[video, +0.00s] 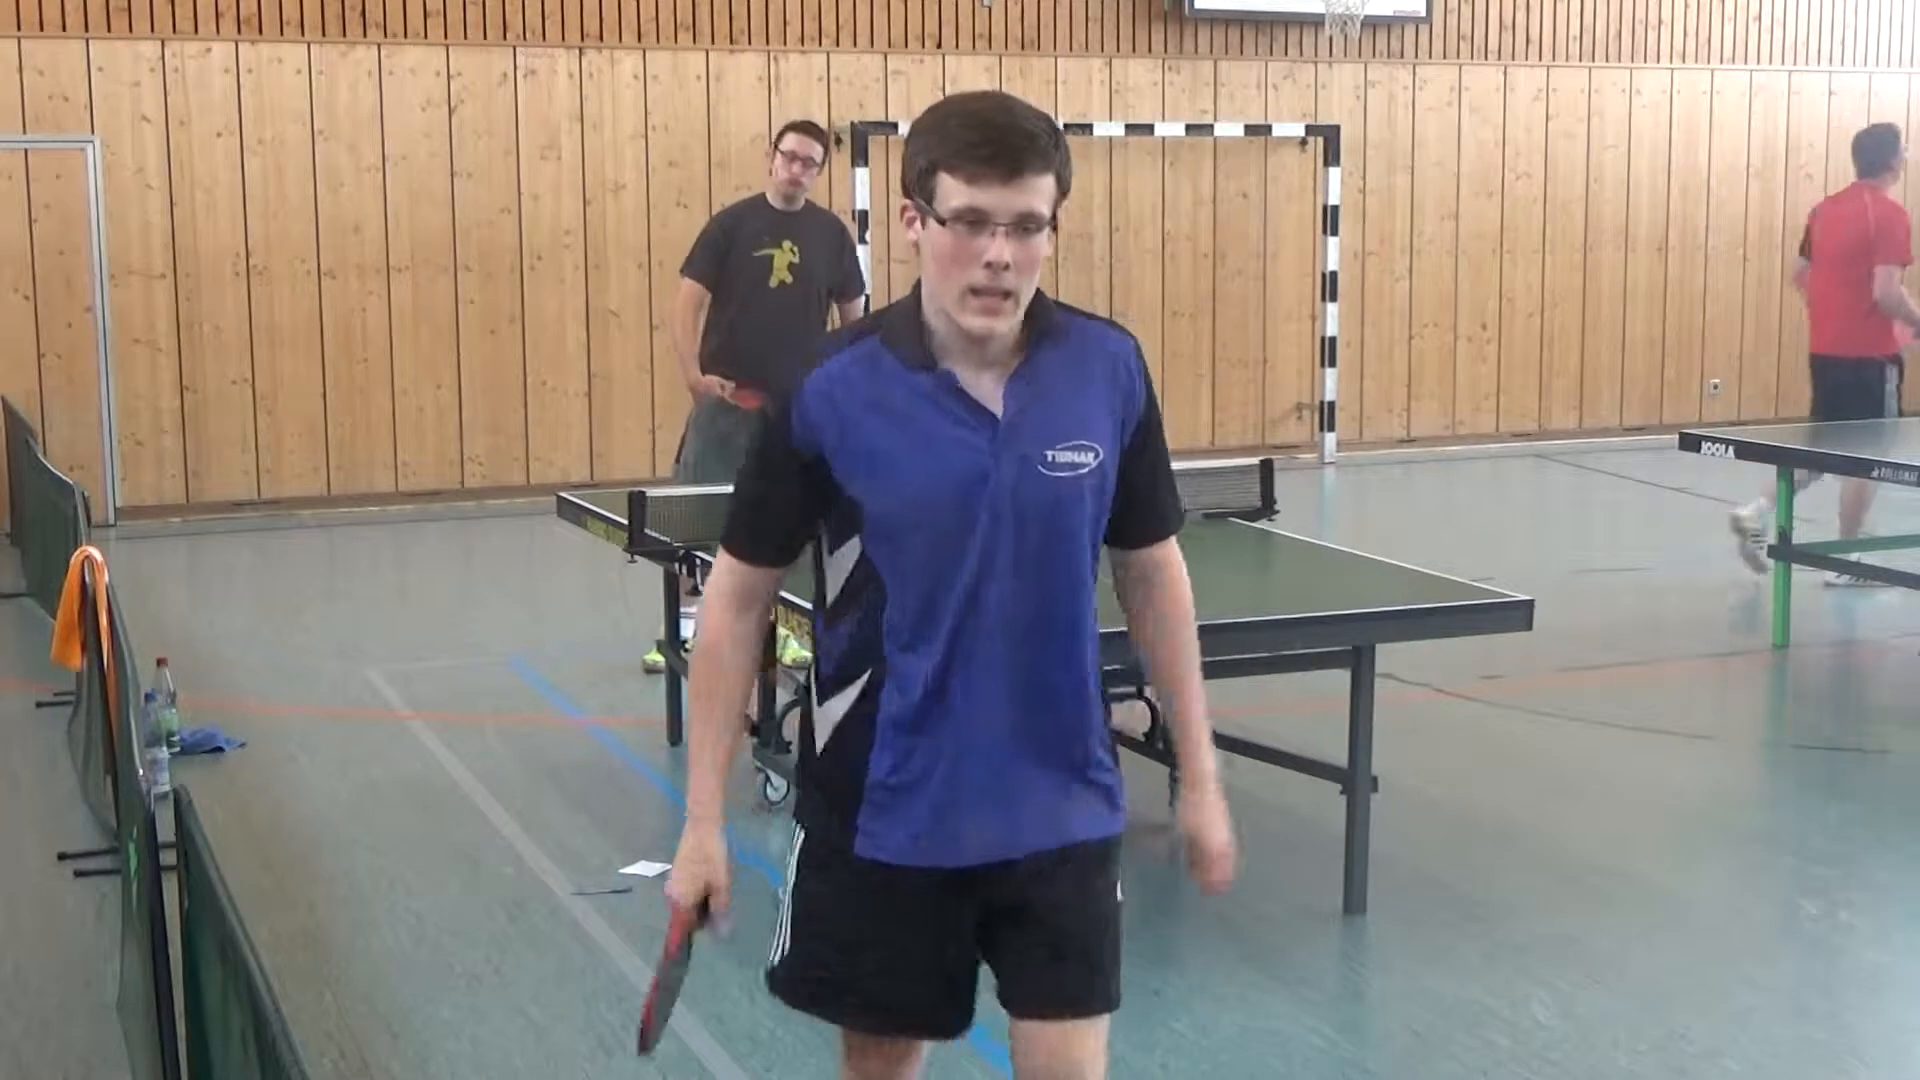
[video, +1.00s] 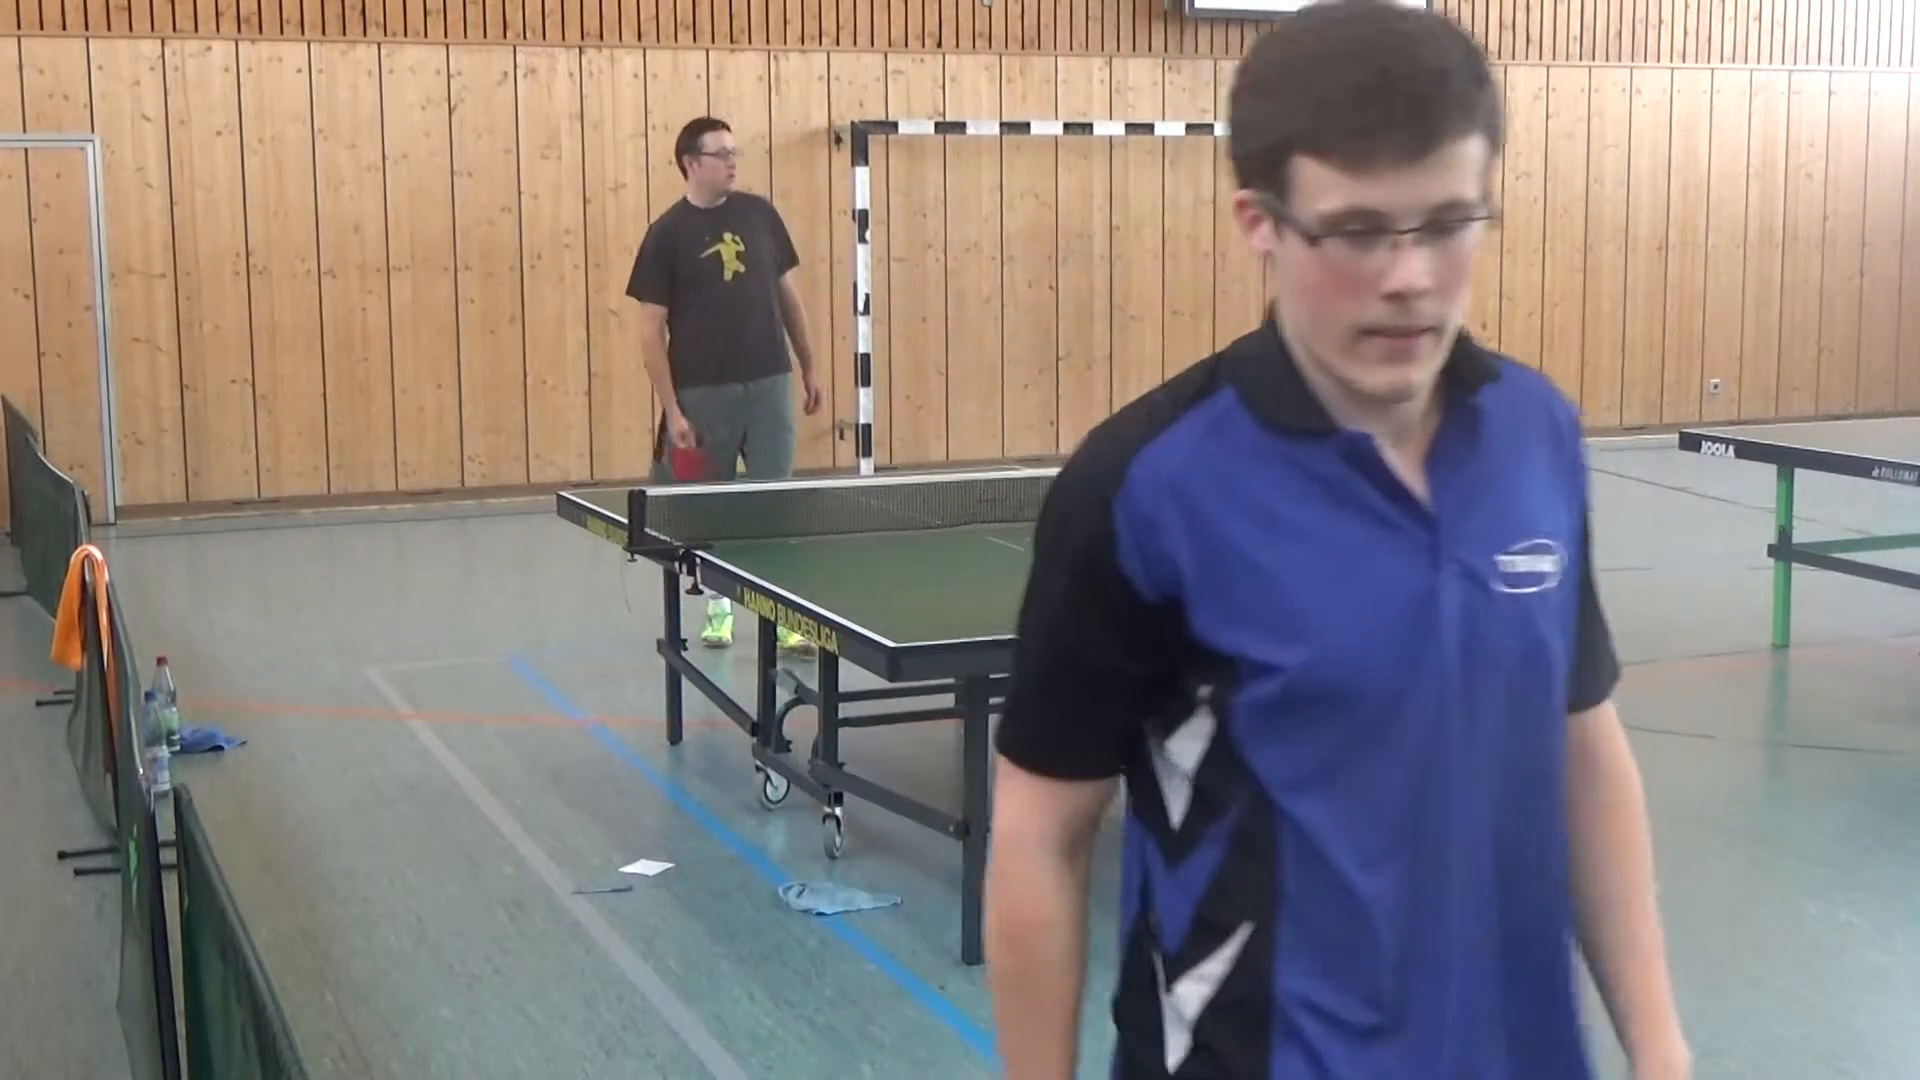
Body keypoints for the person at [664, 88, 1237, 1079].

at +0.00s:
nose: (999, 258)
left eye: (1026, 228)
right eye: (971, 223)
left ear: (1055, 231)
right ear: (914, 221)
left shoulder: (1105, 367)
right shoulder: (834, 395)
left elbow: (1153, 572)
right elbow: (736, 601)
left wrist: (1198, 775)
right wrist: (702, 822)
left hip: (1059, 804)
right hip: (886, 809)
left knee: (1069, 1064)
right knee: (880, 1059)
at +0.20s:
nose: (1063, 290)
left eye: (1091, 259)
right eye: (1033, 254)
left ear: (1120, 260)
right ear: (968, 250)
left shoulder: (1150, 394)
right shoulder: (869, 421)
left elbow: (1188, 580)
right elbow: (756, 643)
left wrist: (1258, 759)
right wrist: (739, 902)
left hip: (1093, 888)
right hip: (906, 901)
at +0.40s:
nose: (1139, 269)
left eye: (1173, 237)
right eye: (1107, 230)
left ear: (1203, 242)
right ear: (1040, 222)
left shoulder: (1239, 400)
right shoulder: (925, 405)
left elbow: (1266, 620)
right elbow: (818, 646)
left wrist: (1308, 825)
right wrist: (834, 900)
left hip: (1189, 929)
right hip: (978, 941)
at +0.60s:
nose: (1209, 260)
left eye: (1242, 223)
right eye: (1172, 220)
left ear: (1276, 225)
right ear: (1097, 219)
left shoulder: (1318, 415)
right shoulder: (979, 424)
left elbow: (1364, 676)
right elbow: (873, 689)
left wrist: (1407, 930)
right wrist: (883, 977)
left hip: (1274, 972)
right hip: (1067, 981)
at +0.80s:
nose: (1296, 298)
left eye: (1327, 252)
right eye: (1250, 256)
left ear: (1363, 248)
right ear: (1165, 261)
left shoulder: (1415, 454)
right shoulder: (1047, 493)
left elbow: (1479, 703)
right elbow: (950, 795)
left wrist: (1530, 904)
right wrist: (951, 1059)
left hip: (1371, 1027)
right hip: (1157, 1043)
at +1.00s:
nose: (1408, 279)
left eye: (1445, 226)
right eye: (1358, 230)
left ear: (1488, 211)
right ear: (1256, 224)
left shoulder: (1532, 432)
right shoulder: (1135, 494)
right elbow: (1040, 837)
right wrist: (1038, 1069)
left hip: (1521, 1049)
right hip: (1269, 1059)